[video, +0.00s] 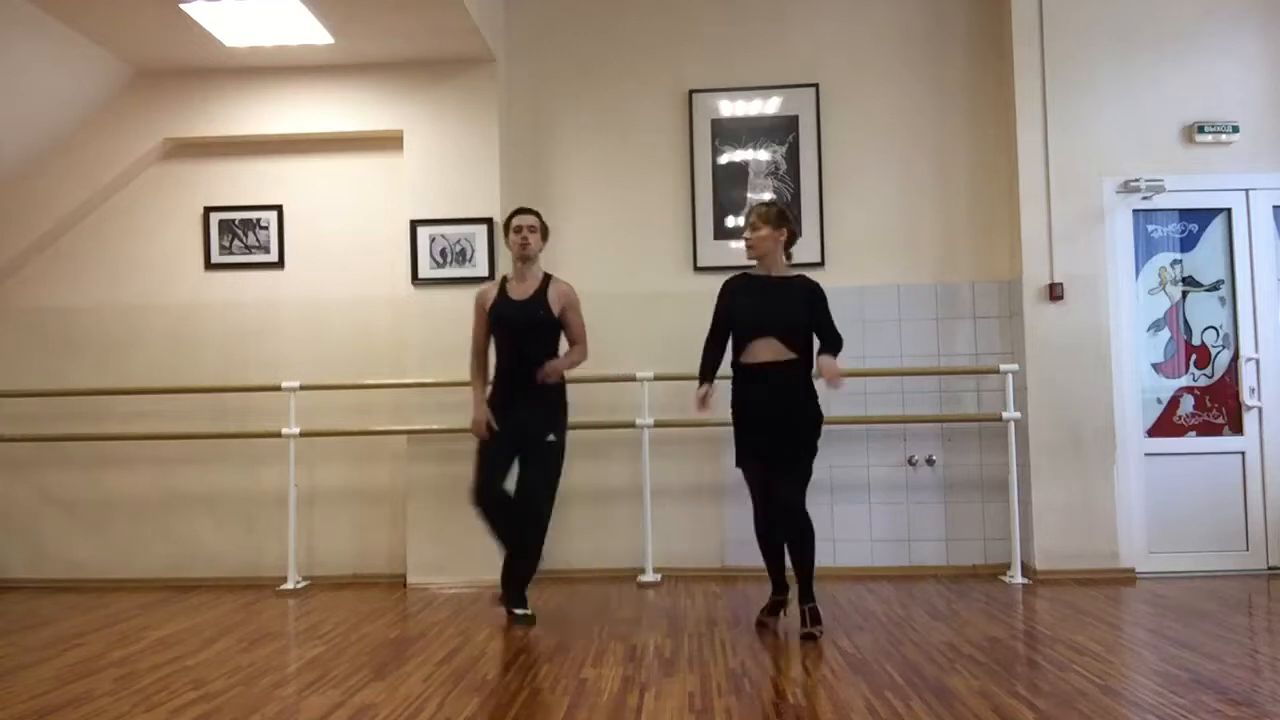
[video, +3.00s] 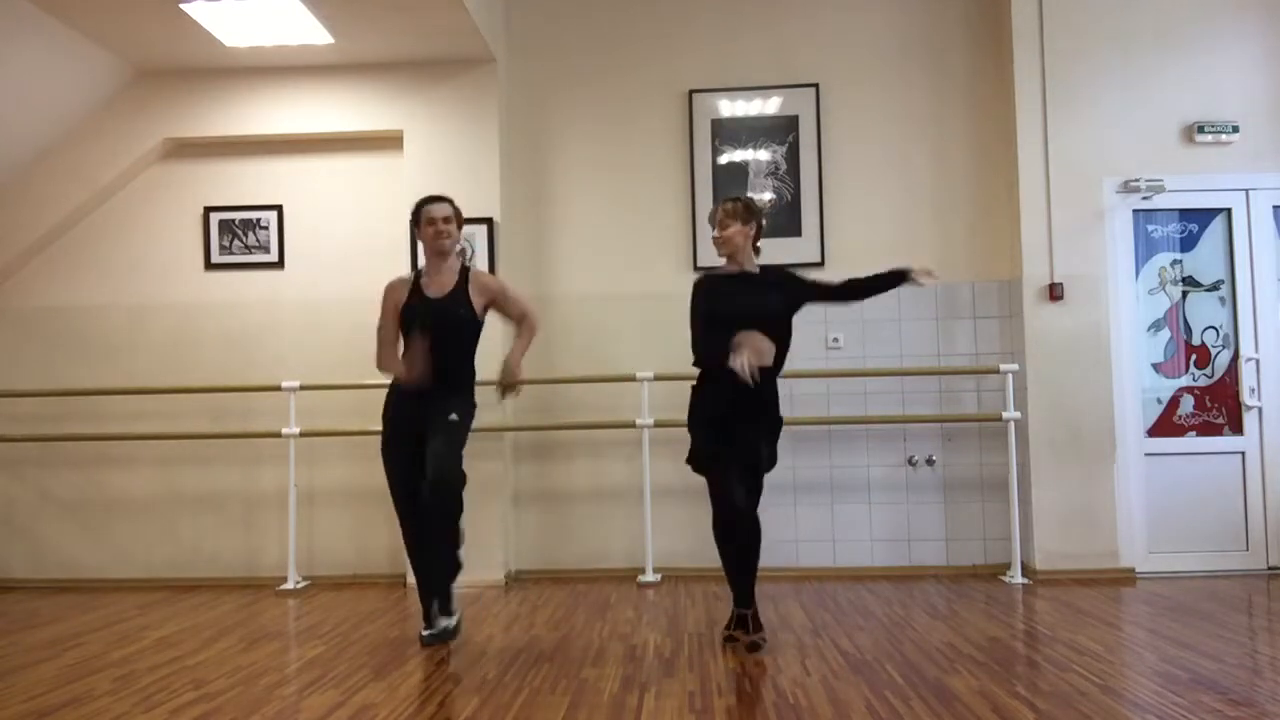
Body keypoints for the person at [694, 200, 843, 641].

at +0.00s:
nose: (747, 236)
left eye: (756, 229)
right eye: (746, 229)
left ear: (782, 234)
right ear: (750, 236)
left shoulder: (806, 288)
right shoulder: (735, 286)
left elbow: (830, 336)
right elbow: (717, 337)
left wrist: (828, 357)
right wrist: (706, 379)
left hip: (796, 397)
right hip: (750, 400)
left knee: (790, 501)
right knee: (762, 501)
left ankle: (807, 599)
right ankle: (778, 589)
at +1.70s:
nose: (738, 229)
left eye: (746, 222)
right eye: (733, 223)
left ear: (766, 232)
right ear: (726, 233)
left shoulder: (786, 283)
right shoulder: (713, 285)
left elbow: (805, 341)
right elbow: (704, 350)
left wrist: (776, 352)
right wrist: (735, 353)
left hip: (767, 412)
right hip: (720, 412)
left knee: (759, 510)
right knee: (725, 511)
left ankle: (758, 609)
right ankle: (730, 607)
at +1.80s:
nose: (724, 228)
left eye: (733, 222)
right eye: (723, 222)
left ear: (759, 229)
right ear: (723, 231)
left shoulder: (781, 283)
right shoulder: (711, 279)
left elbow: (793, 345)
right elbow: (685, 329)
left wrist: (784, 376)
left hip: (770, 399)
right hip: (725, 400)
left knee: (765, 510)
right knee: (729, 508)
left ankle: (762, 609)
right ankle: (738, 607)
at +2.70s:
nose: (722, 227)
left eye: (731, 219)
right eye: (720, 221)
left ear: (755, 227)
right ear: (721, 231)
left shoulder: (779, 282)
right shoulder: (709, 281)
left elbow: (799, 340)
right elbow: (673, 333)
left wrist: (824, 388)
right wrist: (648, 298)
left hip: (770, 394)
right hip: (722, 395)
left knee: (770, 506)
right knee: (733, 506)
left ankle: (764, 609)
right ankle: (741, 608)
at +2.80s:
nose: (716, 223)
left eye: (725, 215)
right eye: (716, 216)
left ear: (752, 223)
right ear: (728, 226)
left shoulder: (783, 277)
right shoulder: (707, 274)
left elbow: (835, 322)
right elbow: (672, 318)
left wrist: (886, 357)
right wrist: (674, 273)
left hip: (765, 395)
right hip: (716, 395)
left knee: (763, 504)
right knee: (729, 503)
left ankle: (764, 607)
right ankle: (737, 606)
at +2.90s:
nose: (718, 220)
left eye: (727, 213)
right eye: (716, 214)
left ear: (752, 220)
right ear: (717, 223)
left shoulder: (785, 269)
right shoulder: (708, 266)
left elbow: (846, 288)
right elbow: (683, 319)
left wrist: (907, 304)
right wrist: (712, 283)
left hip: (762, 391)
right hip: (713, 391)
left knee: (749, 496)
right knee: (725, 498)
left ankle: (756, 602)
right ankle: (738, 602)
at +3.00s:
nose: (718, 232)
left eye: (727, 225)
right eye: (716, 226)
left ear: (752, 230)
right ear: (716, 233)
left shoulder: (782, 283)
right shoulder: (707, 286)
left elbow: (844, 291)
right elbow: (701, 349)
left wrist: (902, 275)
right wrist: (734, 345)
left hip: (758, 410)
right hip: (712, 408)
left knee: (743, 508)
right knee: (727, 507)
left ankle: (744, 609)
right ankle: (744, 609)